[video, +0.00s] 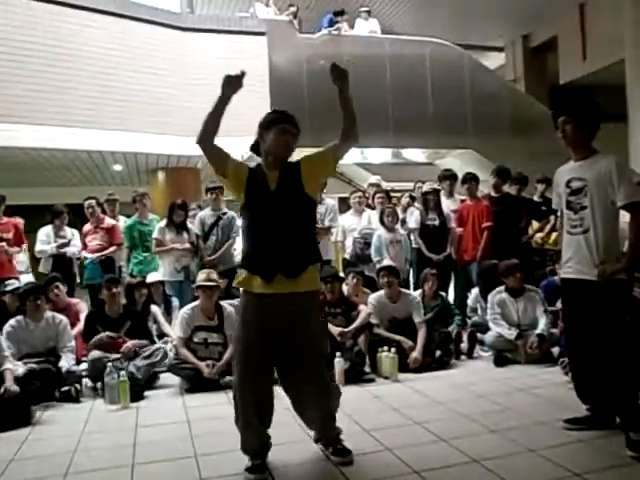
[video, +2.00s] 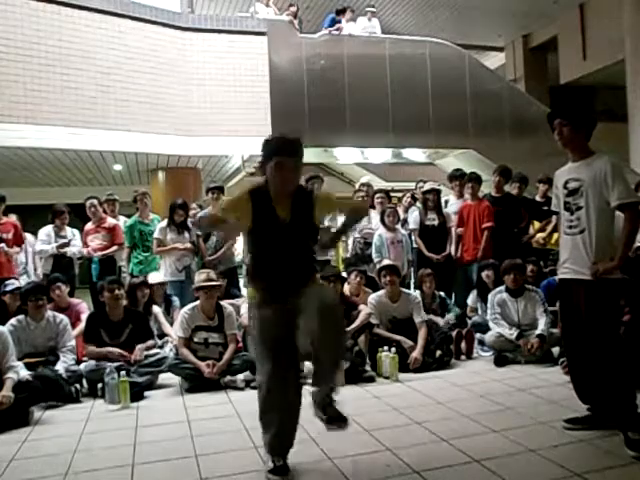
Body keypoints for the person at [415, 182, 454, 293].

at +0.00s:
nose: (432, 200)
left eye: (435, 197)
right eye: (429, 197)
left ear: (438, 198)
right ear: (424, 198)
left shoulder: (445, 214)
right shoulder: (419, 214)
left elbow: (450, 233)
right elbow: (416, 235)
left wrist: (447, 251)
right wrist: (428, 254)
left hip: (442, 255)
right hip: (425, 255)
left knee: (442, 289)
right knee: (423, 287)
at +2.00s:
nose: (432, 198)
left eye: (435, 195)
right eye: (429, 194)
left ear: (438, 197)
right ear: (424, 197)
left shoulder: (445, 214)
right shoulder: (418, 214)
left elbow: (449, 234)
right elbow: (416, 236)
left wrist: (447, 251)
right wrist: (428, 254)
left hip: (443, 257)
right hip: (425, 257)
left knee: (444, 290)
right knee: (425, 289)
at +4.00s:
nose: (436, 200)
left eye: (439, 197)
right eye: (433, 197)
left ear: (443, 199)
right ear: (429, 199)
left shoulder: (449, 217)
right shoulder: (423, 216)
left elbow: (454, 236)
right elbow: (420, 238)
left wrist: (453, 253)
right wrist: (433, 256)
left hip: (448, 259)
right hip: (430, 259)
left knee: (448, 292)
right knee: (429, 291)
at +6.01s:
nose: (437, 201)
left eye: (439, 198)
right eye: (434, 198)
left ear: (443, 200)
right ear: (429, 199)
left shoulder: (448, 217)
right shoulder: (423, 217)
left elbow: (453, 236)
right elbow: (420, 238)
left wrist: (450, 254)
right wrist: (432, 256)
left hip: (446, 260)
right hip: (429, 260)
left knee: (447, 291)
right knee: (428, 290)